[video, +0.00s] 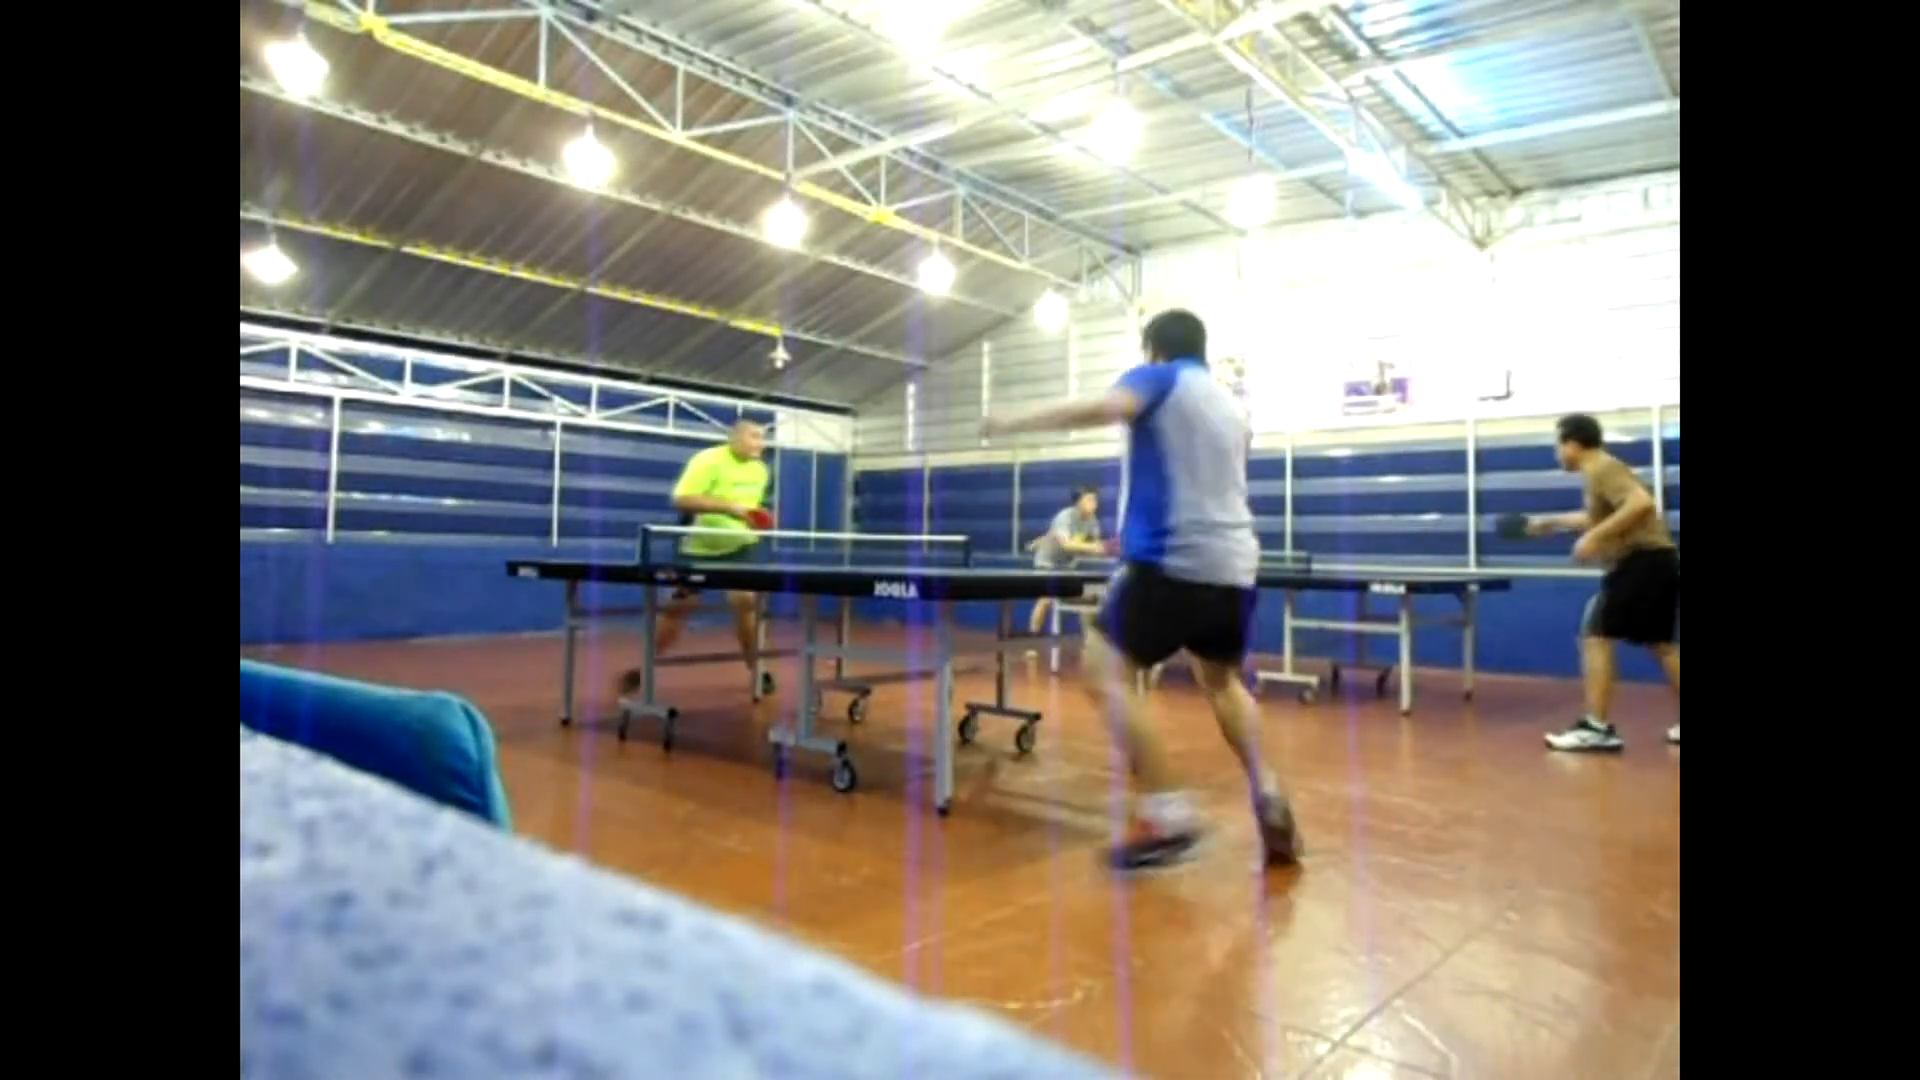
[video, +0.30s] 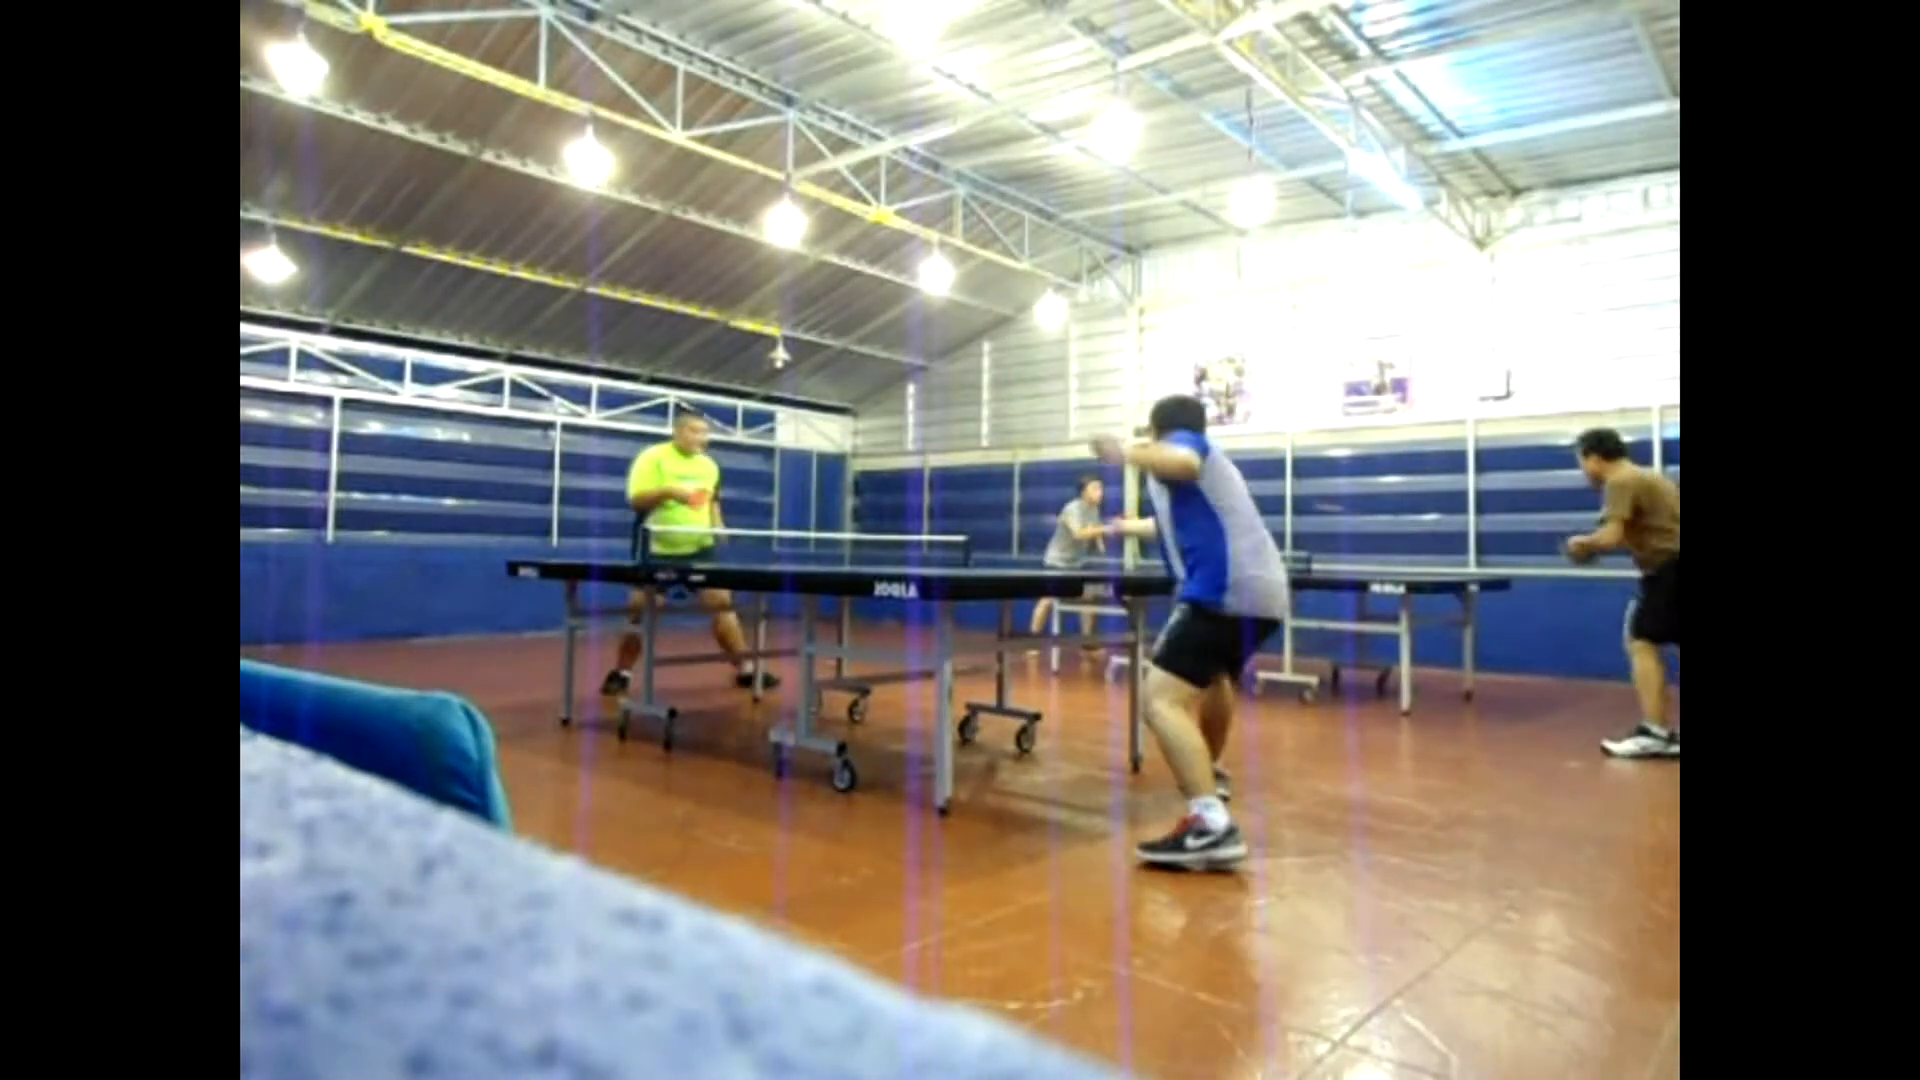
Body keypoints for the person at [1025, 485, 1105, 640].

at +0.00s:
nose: (1093, 505)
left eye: (1094, 500)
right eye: (1089, 500)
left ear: (1096, 502)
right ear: (1078, 501)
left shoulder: (1092, 520)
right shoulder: (1065, 516)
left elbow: (1097, 545)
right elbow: (1066, 544)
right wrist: (1094, 548)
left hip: (1070, 562)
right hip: (1047, 560)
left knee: (1078, 598)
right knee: (1046, 598)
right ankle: (1034, 635)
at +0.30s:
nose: (1098, 493)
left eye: (1100, 489)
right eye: (1094, 489)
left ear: (1101, 492)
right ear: (1083, 491)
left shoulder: (1094, 510)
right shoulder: (1072, 509)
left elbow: (1095, 531)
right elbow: (1078, 533)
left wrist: (1101, 551)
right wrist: (1106, 529)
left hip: (1078, 561)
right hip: (1056, 561)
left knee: (1089, 598)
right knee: (1048, 598)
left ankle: (1087, 638)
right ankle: (1033, 637)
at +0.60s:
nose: (1088, 486)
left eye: (1089, 482)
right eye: (1084, 482)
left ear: (1090, 486)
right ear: (1074, 484)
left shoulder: (1086, 507)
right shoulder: (1060, 503)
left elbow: (1084, 530)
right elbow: (1051, 531)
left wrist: (1089, 541)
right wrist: (1073, 540)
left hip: (1076, 561)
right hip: (1053, 560)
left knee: (1080, 599)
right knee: (1043, 598)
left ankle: (1086, 636)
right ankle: (1033, 634)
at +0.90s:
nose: (1079, 484)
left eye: (1081, 480)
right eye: (1075, 479)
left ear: (1083, 484)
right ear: (1065, 483)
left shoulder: (1082, 505)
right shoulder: (1052, 502)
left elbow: (1084, 529)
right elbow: (1039, 529)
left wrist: (1083, 545)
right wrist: (1063, 540)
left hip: (1076, 561)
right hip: (1053, 561)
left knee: (1080, 601)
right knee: (1043, 599)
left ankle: (1086, 639)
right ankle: (1033, 637)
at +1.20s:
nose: (1075, 485)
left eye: (1077, 481)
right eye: (1071, 481)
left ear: (1081, 485)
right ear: (1063, 485)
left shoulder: (1083, 507)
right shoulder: (1051, 504)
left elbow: (1087, 532)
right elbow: (1044, 533)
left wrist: (1090, 549)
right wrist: (1068, 543)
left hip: (1078, 561)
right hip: (1056, 562)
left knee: (1081, 601)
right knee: (1046, 598)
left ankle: (1086, 637)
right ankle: (1033, 634)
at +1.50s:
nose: (1070, 486)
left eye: (1073, 481)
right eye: (1067, 482)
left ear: (1080, 484)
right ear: (1061, 485)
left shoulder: (1085, 507)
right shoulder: (1052, 505)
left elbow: (1089, 535)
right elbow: (1051, 532)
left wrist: (1092, 559)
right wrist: (1052, 558)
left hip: (1082, 561)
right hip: (1060, 561)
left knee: (1083, 601)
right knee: (1046, 599)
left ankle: (1086, 637)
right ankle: (1034, 635)